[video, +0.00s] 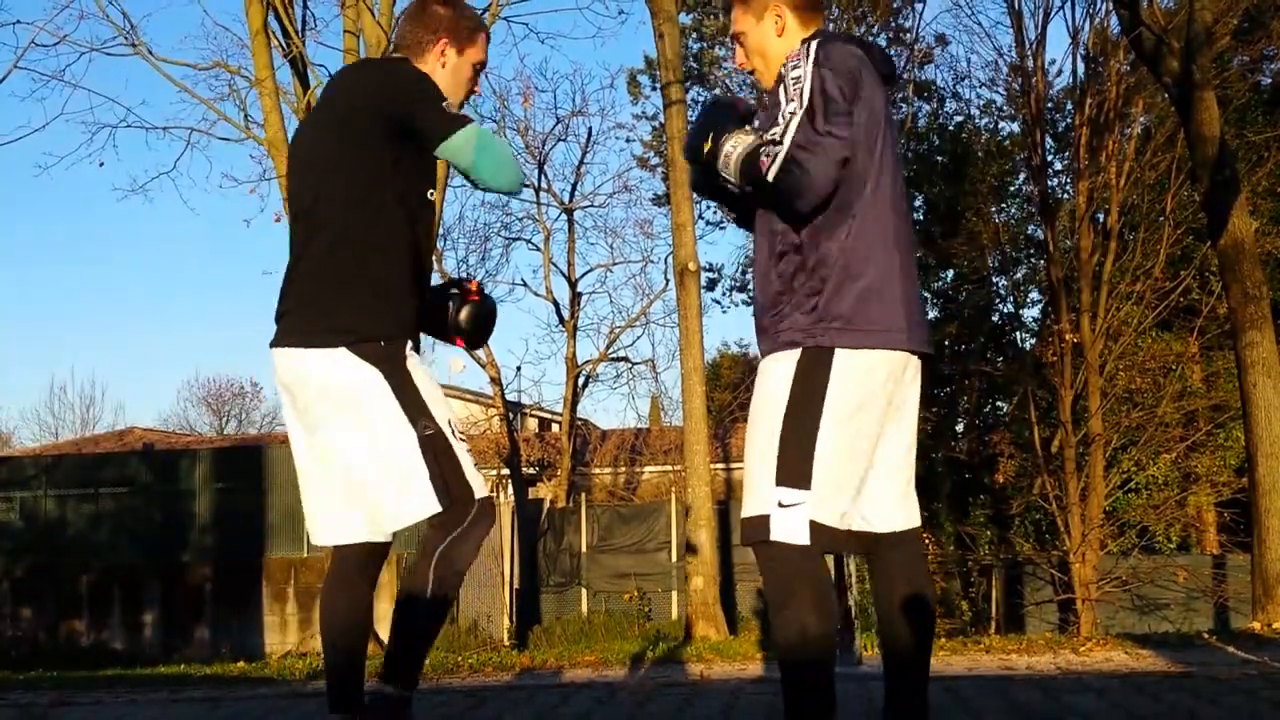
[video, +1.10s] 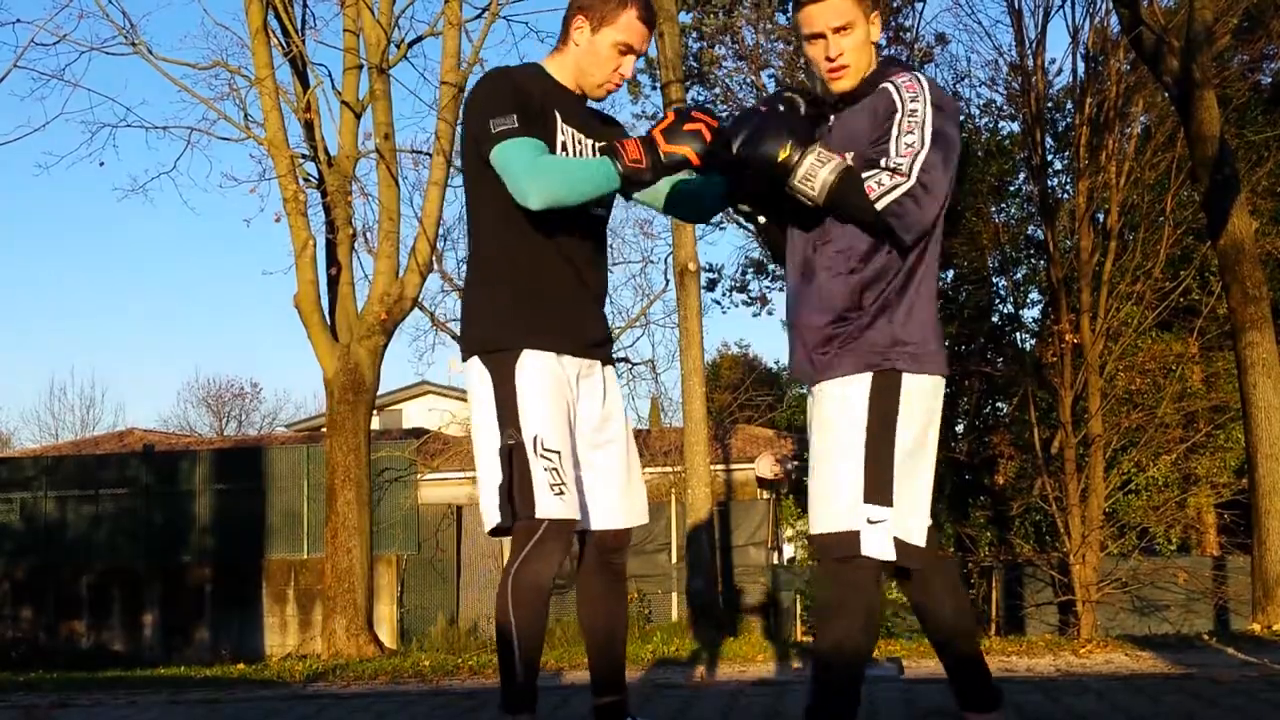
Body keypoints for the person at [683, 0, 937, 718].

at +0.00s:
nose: (735, 58)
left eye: (739, 38)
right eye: (732, 43)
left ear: (778, 17)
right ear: (782, 18)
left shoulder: (825, 61)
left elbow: (803, 182)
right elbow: (774, 214)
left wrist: (731, 143)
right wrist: (718, 157)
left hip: (827, 332)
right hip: (887, 330)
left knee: (778, 528)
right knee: (888, 525)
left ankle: (807, 713)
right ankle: (908, 711)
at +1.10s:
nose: (830, 50)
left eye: (843, 30)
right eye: (815, 37)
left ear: (876, 24)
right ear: (800, 41)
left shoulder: (913, 97)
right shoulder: (814, 118)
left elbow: (903, 209)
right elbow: (802, 245)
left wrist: (794, 158)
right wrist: (751, 174)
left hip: (883, 351)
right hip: (846, 354)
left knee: (845, 543)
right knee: (910, 539)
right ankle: (981, 704)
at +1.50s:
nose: (910, 39)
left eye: (924, 22)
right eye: (897, 28)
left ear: (960, 17)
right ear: (888, 33)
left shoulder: (990, 77)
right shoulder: (923, 112)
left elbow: (991, 185)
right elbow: (893, 225)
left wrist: (884, 157)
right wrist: (838, 173)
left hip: (971, 334)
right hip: (932, 338)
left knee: (944, 518)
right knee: (965, 524)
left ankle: (1088, 695)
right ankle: (988, 707)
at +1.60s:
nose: (918, 40)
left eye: (930, 21)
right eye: (905, 28)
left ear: (972, 15)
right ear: (897, 33)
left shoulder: (1002, 78)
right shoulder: (937, 114)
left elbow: (990, 194)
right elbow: (920, 224)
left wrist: (890, 163)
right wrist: (871, 184)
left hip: (999, 340)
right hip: (937, 350)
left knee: (1030, 531)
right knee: (965, 543)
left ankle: (1118, 708)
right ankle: (989, 709)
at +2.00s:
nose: (944, 43)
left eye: (953, 24)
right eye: (941, 28)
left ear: (1006, 11)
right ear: (994, 17)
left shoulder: (1058, 66)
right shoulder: (1015, 93)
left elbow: (1014, 186)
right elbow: (977, 212)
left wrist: (939, 126)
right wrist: (922, 140)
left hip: (1061, 336)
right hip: (1011, 343)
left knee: (1086, 526)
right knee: (1032, 527)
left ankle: (1131, 706)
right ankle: (1109, 692)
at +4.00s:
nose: (985, 70)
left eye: (994, 53)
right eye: (982, 57)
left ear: (1044, 46)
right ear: (1038, 53)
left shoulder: (1076, 95)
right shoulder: (1086, 107)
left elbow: (1039, 189)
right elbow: (1027, 216)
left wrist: (957, 146)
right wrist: (965, 174)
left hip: (1055, 340)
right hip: (1107, 339)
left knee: (997, 517)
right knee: (1133, 517)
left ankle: (1013, 709)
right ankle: (1207, 694)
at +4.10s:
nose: (961, 58)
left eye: (971, 40)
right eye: (960, 44)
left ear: (1022, 33)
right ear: (1034, 38)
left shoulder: (1031, 91)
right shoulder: (1098, 106)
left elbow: (947, 159)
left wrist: (884, 112)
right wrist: (899, 119)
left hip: (1039, 335)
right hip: (1116, 331)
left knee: (1002, 522)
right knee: (1124, 508)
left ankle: (1013, 710)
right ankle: (1198, 686)